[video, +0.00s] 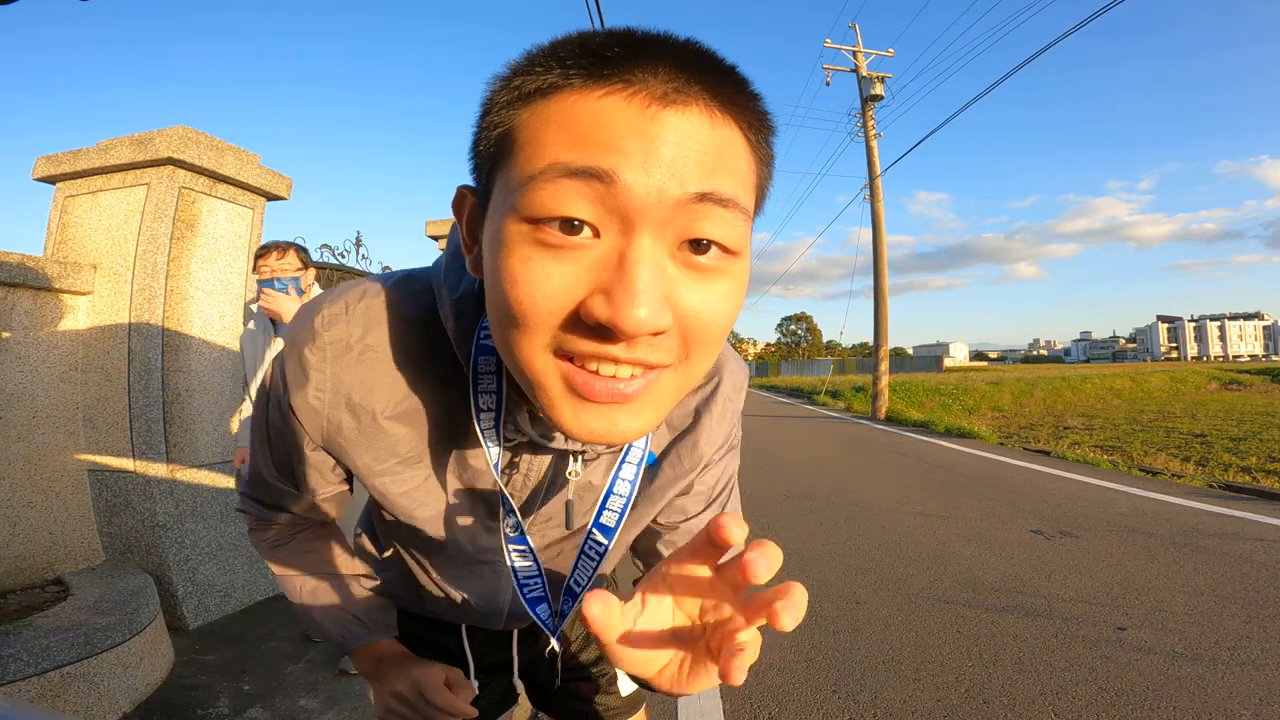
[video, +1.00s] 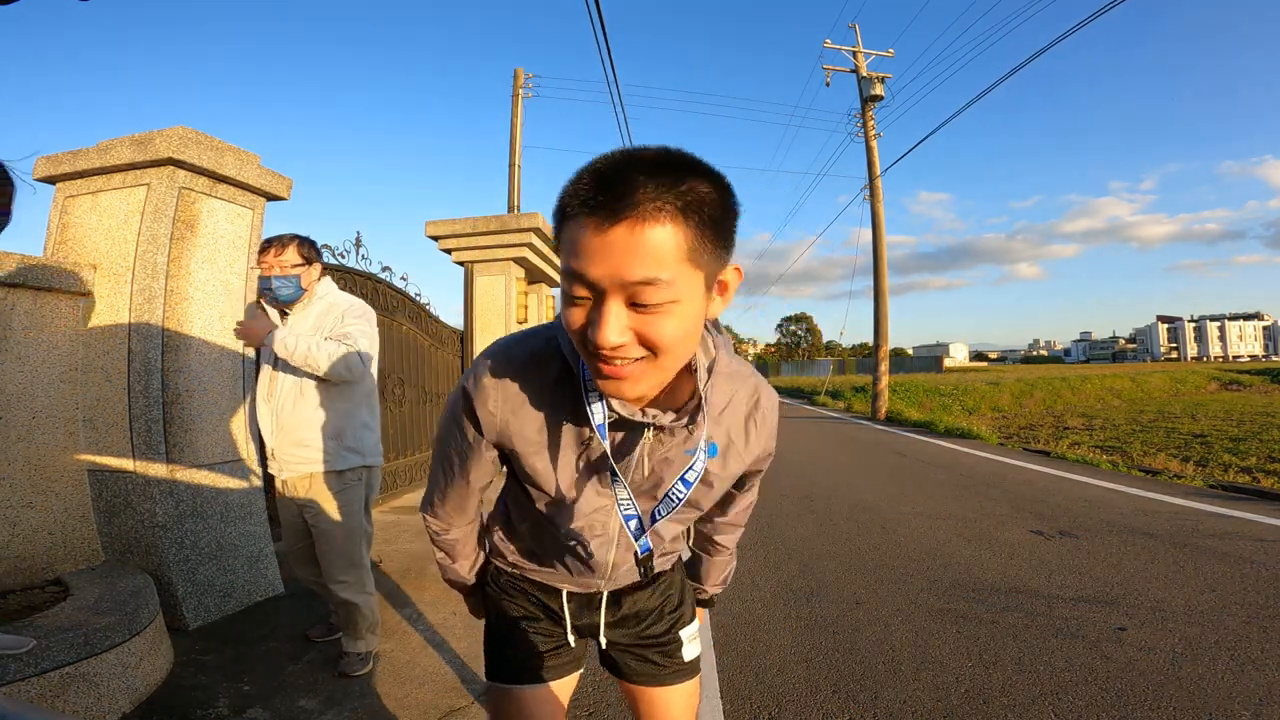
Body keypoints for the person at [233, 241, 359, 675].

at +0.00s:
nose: (273, 287)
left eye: (283, 278)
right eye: (265, 280)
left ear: (308, 278)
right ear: (254, 283)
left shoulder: (327, 313)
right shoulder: (255, 321)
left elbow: (334, 364)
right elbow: (251, 383)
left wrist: (295, 318)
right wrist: (245, 437)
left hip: (325, 441)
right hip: (275, 446)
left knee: (334, 529)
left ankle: (353, 633)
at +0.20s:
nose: (268, 278)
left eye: (280, 269)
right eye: (261, 270)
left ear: (308, 273)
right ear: (254, 275)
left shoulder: (345, 309)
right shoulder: (261, 320)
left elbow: (330, 355)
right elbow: (255, 385)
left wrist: (276, 305)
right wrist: (255, 438)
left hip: (326, 463)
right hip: (279, 465)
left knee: (339, 557)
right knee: (295, 557)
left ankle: (360, 631)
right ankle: (339, 611)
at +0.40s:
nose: (262, 280)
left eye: (271, 270)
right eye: (259, 271)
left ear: (304, 270)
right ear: (262, 274)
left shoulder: (344, 307)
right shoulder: (268, 315)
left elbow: (315, 354)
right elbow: (259, 385)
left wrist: (270, 298)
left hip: (331, 467)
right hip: (281, 469)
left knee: (342, 571)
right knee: (298, 564)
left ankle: (360, 641)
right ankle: (340, 616)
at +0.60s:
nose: (258, 279)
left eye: (267, 270)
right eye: (257, 271)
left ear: (303, 269)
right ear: (274, 277)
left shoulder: (344, 308)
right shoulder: (271, 314)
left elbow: (312, 355)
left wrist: (267, 299)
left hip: (331, 465)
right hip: (282, 466)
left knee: (342, 569)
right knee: (298, 564)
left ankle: (360, 641)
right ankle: (340, 617)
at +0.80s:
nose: (260, 279)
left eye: (270, 270)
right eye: (258, 271)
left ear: (306, 270)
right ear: (266, 276)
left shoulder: (347, 309)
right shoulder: (277, 317)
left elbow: (319, 359)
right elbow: (273, 392)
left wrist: (269, 304)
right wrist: (271, 457)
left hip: (333, 465)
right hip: (286, 465)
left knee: (344, 568)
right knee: (301, 562)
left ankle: (360, 642)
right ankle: (339, 617)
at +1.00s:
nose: (275, 281)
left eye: (286, 270)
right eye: (267, 273)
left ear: (314, 270)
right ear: (262, 275)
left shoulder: (351, 310)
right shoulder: (274, 320)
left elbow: (351, 366)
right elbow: (268, 392)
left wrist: (271, 337)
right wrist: (267, 457)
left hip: (337, 465)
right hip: (287, 465)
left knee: (345, 567)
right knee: (303, 560)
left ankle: (360, 641)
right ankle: (339, 616)